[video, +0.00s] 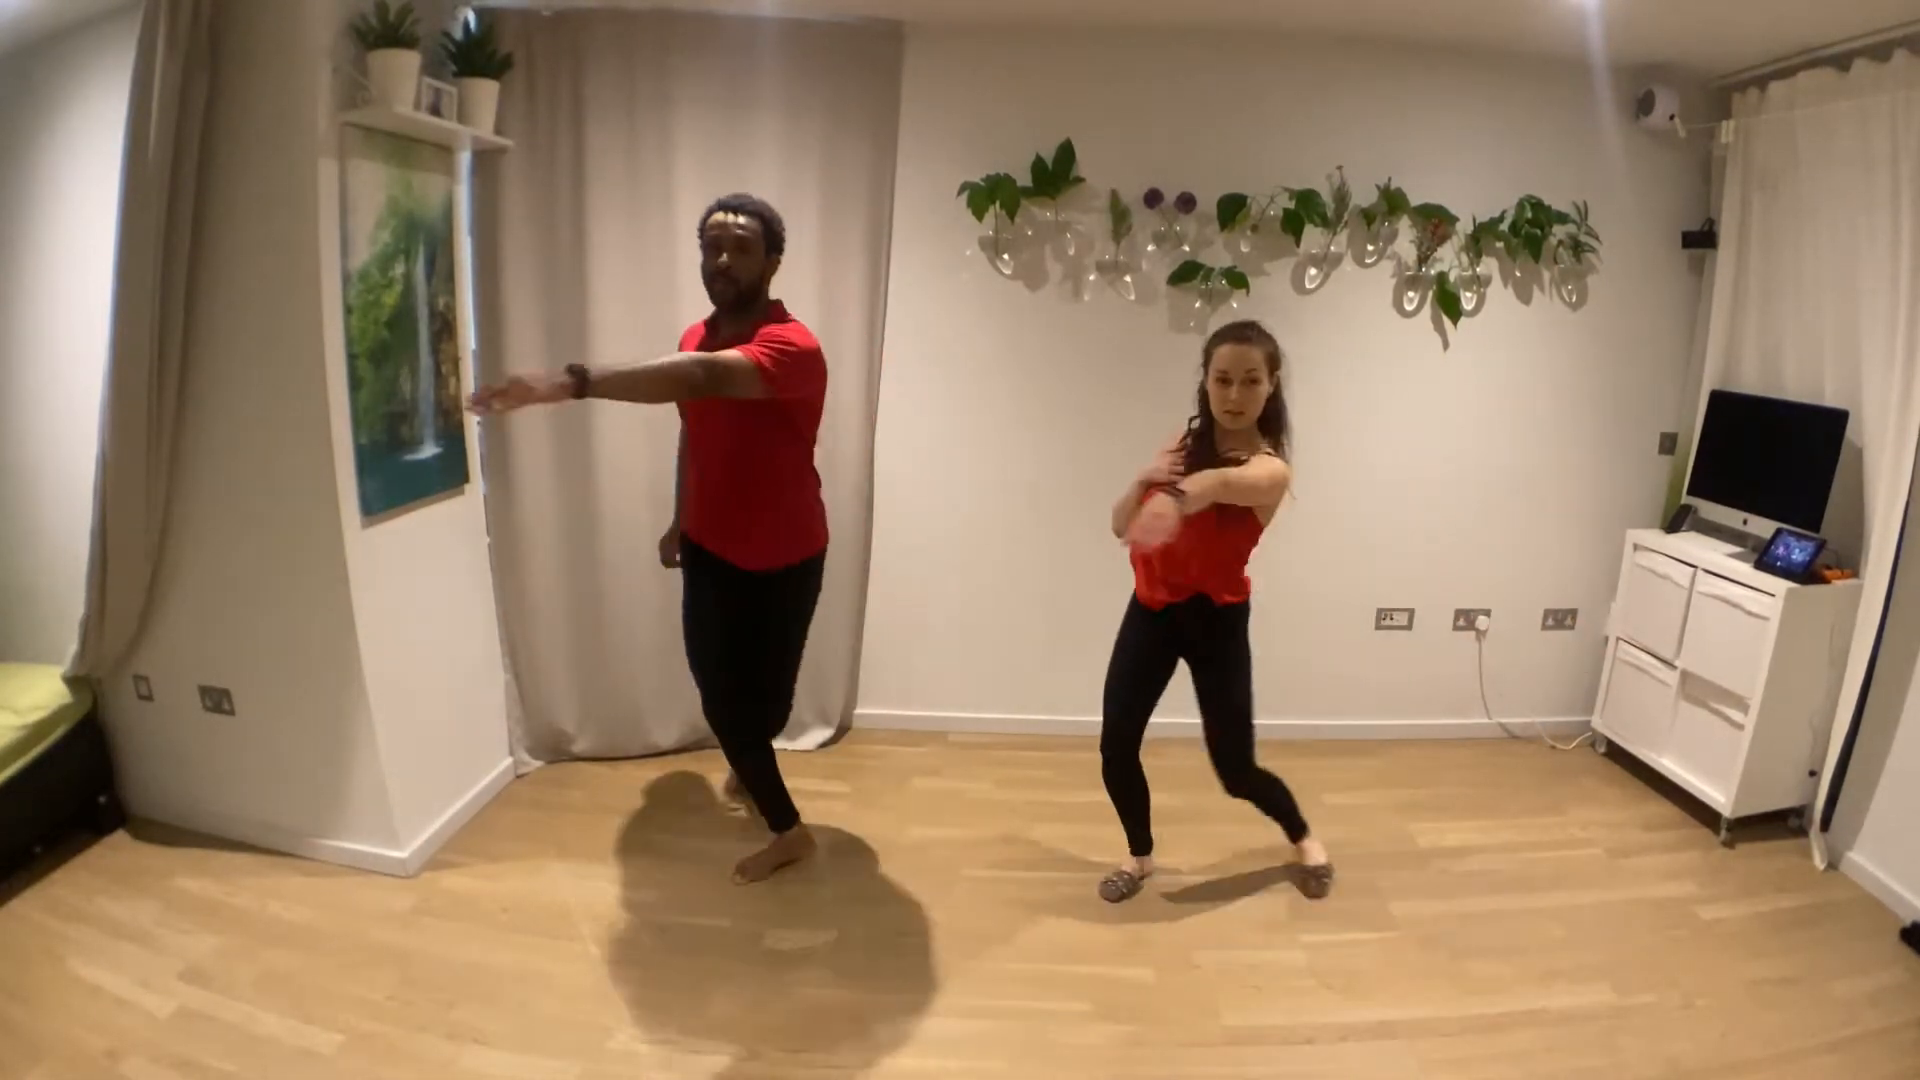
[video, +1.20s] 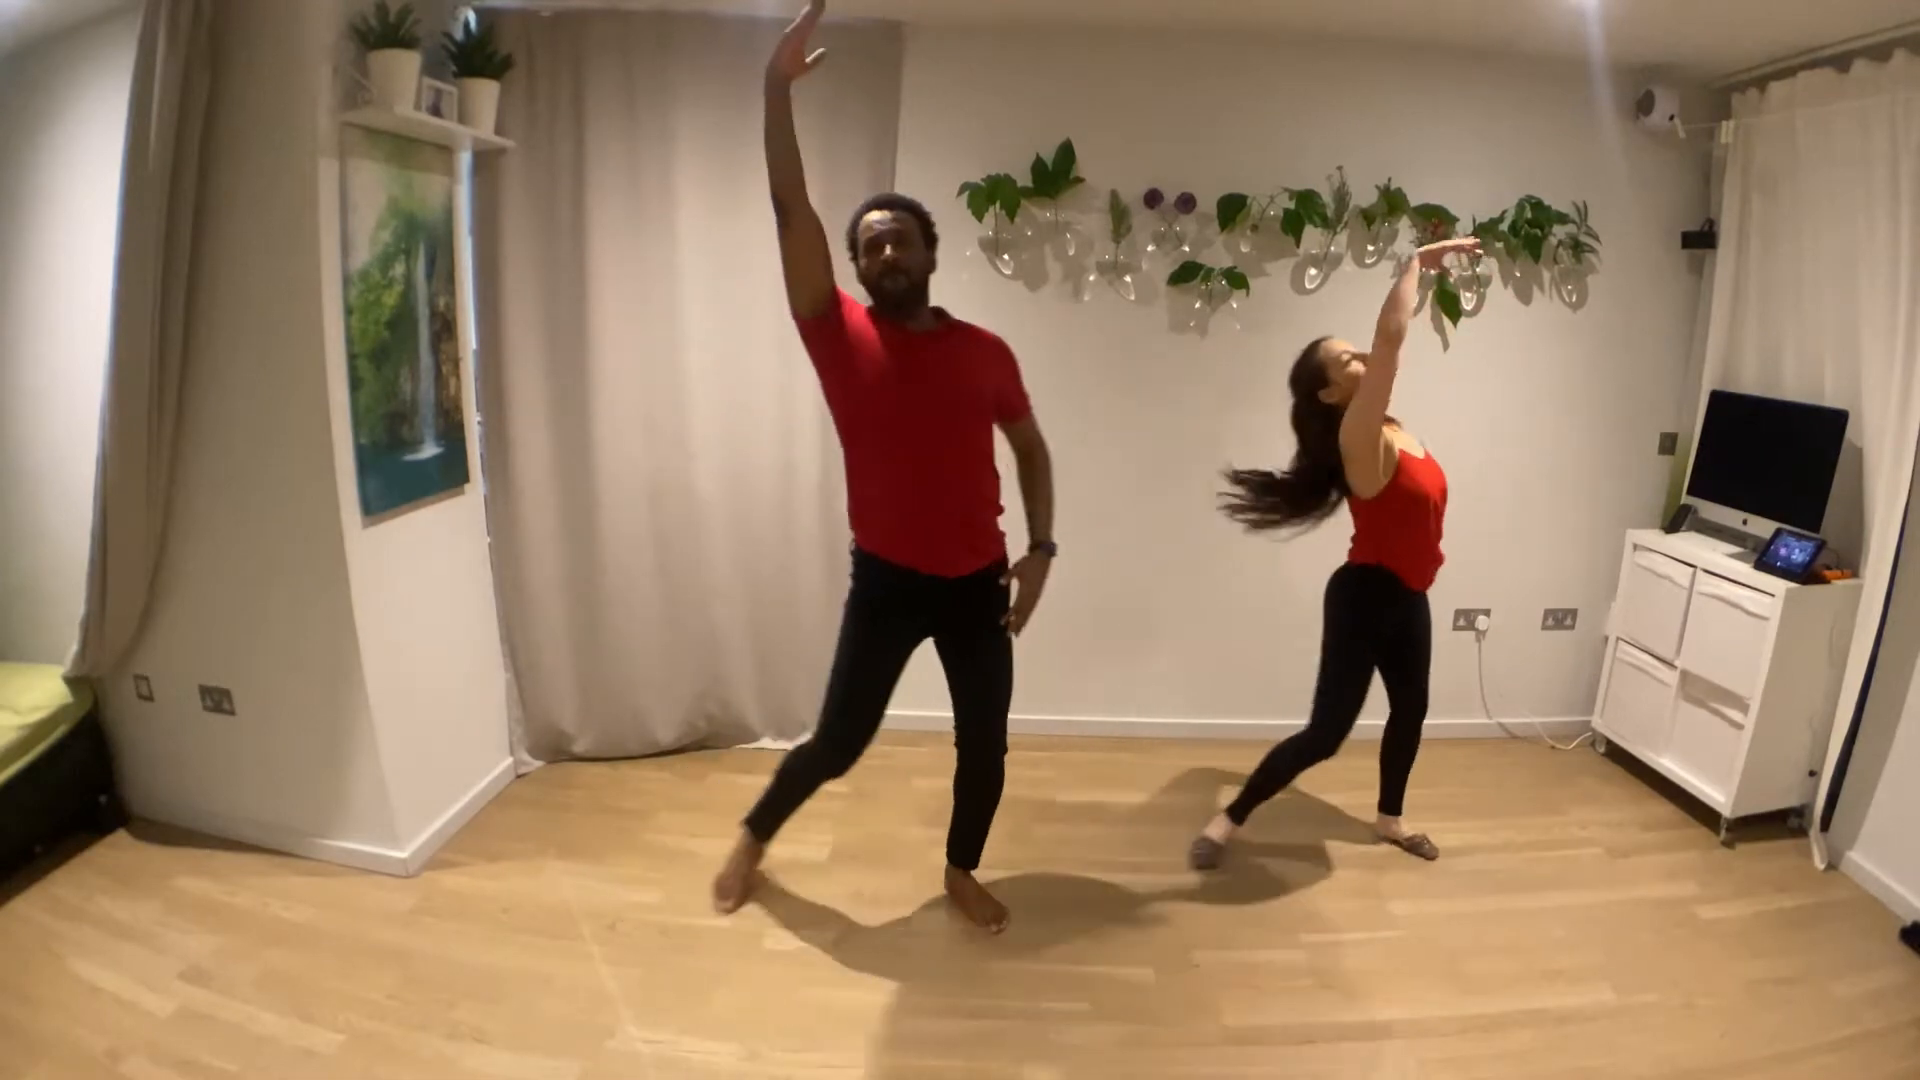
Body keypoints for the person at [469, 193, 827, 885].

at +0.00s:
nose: (719, 260)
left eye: (738, 247)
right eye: (710, 246)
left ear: (773, 261)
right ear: (699, 257)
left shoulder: (793, 351)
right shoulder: (698, 343)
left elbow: (697, 379)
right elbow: (691, 447)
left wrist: (571, 384)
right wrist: (682, 523)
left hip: (784, 554)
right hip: (711, 548)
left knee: (768, 697)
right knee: (723, 702)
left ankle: (744, 768)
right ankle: (789, 831)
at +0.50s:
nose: (686, 287)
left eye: (703, 274)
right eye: (674, 274)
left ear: (733, 286)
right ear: (660, 284)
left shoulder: (769, 374)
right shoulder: (640, 361)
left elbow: (734, 482)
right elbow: (622, 438)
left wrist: (665, 396)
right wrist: (607, 508)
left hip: (748, 577)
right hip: (668, 569)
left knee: (729, 701)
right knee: (656, 727)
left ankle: (714, 767)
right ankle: (642, 866)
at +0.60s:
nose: (682, 278)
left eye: (698, 267)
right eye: (668, 268)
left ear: (730, 283)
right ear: (654, 286)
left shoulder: (782, 372)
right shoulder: (628, 387)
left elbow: (814, 485)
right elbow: (607, 512)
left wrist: (712, 479)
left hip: (757, 579)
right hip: (671, 576)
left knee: (762, 742)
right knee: (661, 736)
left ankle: (739, 774)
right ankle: (640, 869)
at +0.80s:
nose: (709, 267)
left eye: (725, 257)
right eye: (694, 259)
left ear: (755, 278)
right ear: (674, 283)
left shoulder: (788, 363)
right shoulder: (658, 366)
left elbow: (824, 451)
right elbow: (722, 327)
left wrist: (845, 529)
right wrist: (818, 270)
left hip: (808, 582)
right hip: (722, 589)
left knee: (875, 733)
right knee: (696, 759)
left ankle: (941, 862)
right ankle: (642, 866)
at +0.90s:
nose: (774, 250)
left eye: (782, 243)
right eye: (756, 243)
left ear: (796, 269)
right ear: (731, 270)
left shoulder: (822, 360)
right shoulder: (707, 349)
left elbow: (849, 459)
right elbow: (750, 223)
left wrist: (879, 525)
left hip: (854, 581)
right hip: (769, 591)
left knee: (913, 732)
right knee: (727, 760)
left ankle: (958, 871)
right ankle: (643, 862)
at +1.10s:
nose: (839, 247)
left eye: (857, 237)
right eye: (824, 241)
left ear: (888, 264)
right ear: (811, 268)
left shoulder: (934, 353)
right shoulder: (799, 344)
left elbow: (967, 450)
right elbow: (771, 201)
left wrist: (993, 543)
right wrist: (782, 79)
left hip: (940, 586)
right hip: (853, 585)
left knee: (972, 746)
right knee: (782, 732)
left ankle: (962, 875)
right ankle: (678, 851)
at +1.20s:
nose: (885, 248)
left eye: (901, 237)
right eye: (871, 240)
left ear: (932, 259)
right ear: (855, 264)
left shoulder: (984, 353)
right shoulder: (838, 340)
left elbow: (1030, 449)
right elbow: (791, 211)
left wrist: (1042, 551)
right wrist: (777, 88)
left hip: (975, 583)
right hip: (885, 582)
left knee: (984, 749)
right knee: (839, 746)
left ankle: (962, 874)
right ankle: (754, 838)